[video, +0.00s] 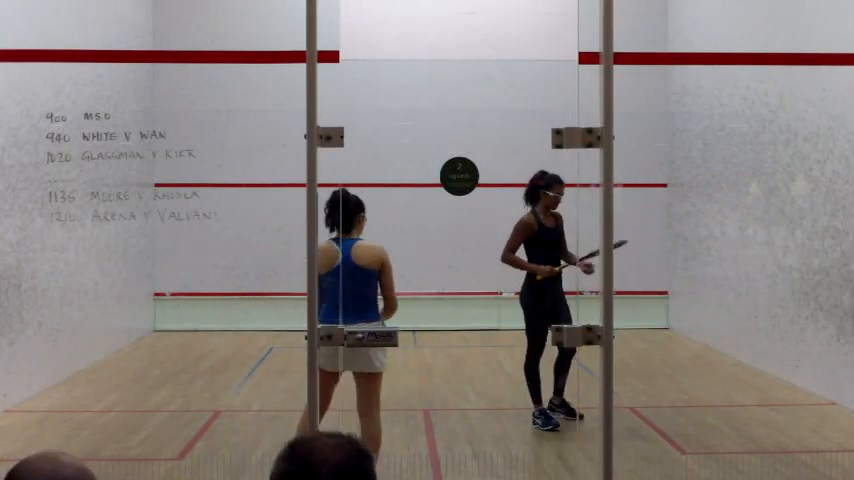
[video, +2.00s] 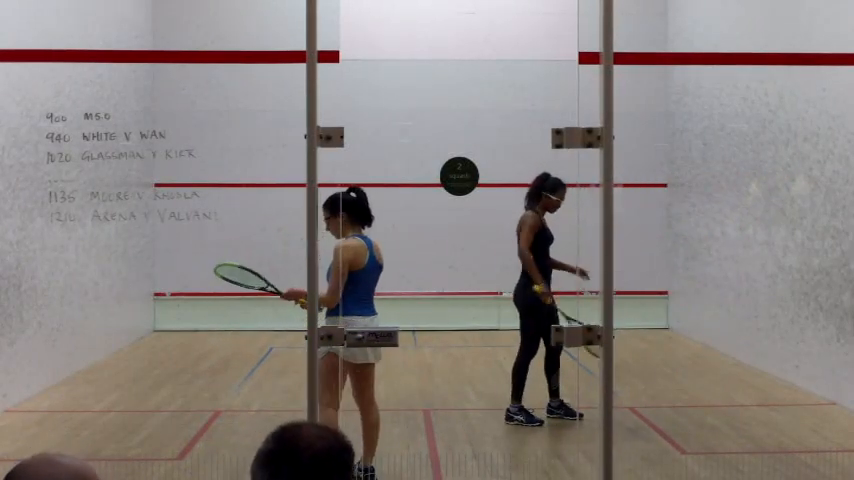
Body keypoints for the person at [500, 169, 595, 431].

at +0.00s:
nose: (560, 199)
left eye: (561, 195)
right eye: (557, 194)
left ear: (552, 195)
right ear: (543, 193)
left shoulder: (556, 219)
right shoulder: (527, 223)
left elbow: (562, 253)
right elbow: (506, 256)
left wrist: (578, 262)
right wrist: (536, 268)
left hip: (555, 292)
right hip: (535, 294)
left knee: (569, 345)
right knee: (535, 350)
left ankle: (557, 400)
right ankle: (538, 409)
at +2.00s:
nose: (560, 204)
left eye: (561, 200)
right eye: (558, 199)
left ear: (546, 197)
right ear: (545, 195)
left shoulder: (539, 220)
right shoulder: (531, 218)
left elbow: (544, 259)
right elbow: (524, 253)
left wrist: (572, 269)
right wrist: (541, 285)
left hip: (540, 292)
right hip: (529, 293)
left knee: (555, 344)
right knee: (528, 349)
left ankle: (555, 402)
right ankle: (515, 407)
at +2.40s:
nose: (539, 195)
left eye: (543, 192)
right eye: (535, 191)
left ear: (548, 196)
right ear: (526, 193)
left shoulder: (548, 222)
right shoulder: (513, 221)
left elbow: (552, 257)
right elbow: (491, 255)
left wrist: (567, 266)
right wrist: (504, 283)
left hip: (539, 292)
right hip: (516, 292)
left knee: (551, 347)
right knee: (520, 349)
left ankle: (554, 402)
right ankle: (514, 408)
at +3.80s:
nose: (564, 196)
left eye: (566, 192)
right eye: (559, 192)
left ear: (568, 196)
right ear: (547, 194)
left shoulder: (566, 220)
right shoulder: (534, 221)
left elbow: (568, 251)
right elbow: (518, 256)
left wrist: (579, 264)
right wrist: (541, 275)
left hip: (565, 288)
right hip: (544, 289)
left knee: (559, 346)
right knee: (543, 348)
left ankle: (557, 402)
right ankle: (517, 405)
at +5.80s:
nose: (569, 206)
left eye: (571, 201)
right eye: (568, 200)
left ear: (557, 199)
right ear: (554, 197)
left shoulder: (548, 221)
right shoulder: (536, 220)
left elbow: (549, 261)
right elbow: (527, 254)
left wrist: (578, 269)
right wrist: (558, 267)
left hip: (546, 294)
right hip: (535, 296)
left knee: (570, 342)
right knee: (542, 349)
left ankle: (560, 401)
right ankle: (532, 410)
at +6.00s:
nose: (572, 206)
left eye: (574, 202)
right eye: (570, 201)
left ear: (559, 200)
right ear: (557, 198)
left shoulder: (549, 222)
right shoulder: (540, 221)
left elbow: (551, 260)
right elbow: (532, 256)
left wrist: (577, 271)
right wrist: (547, 290)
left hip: (547, 294)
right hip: (536, 295)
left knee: (570, 342)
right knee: (542, 349)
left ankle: (560, 402)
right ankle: (532, 410)